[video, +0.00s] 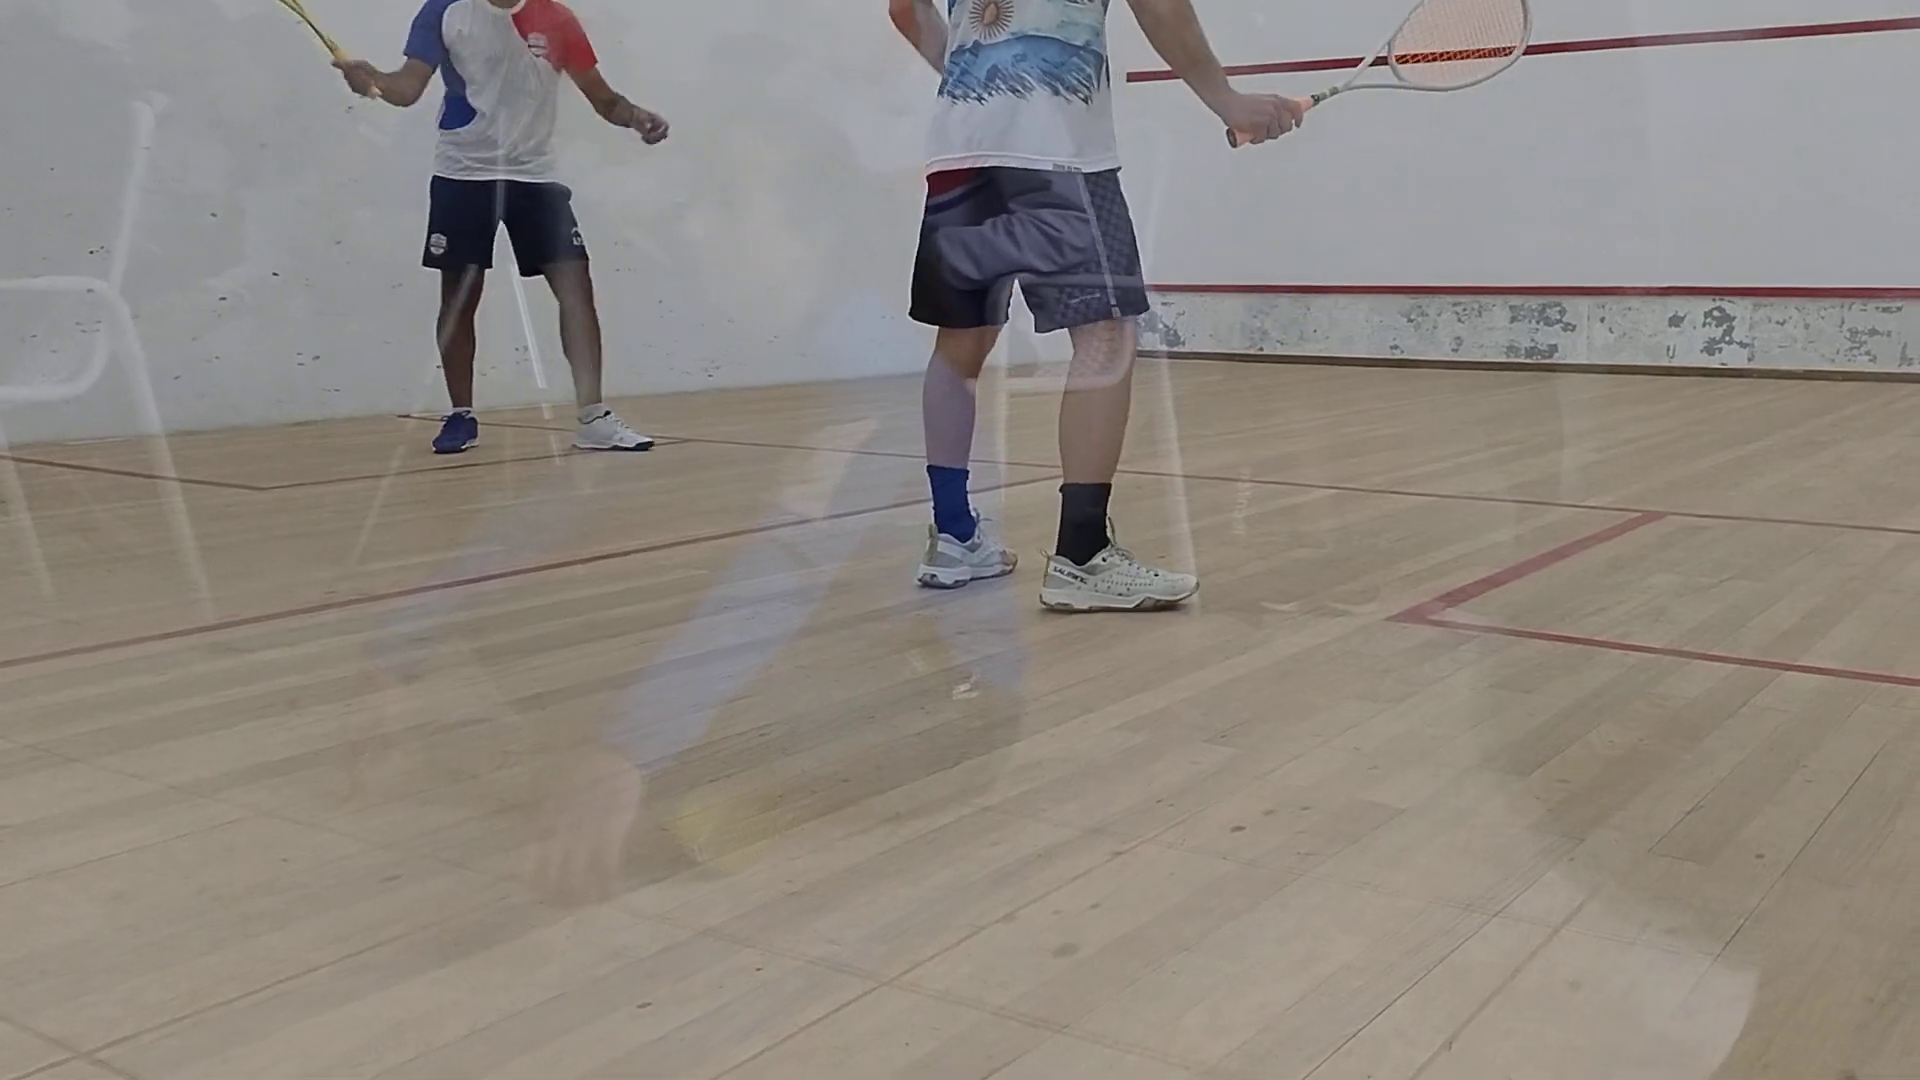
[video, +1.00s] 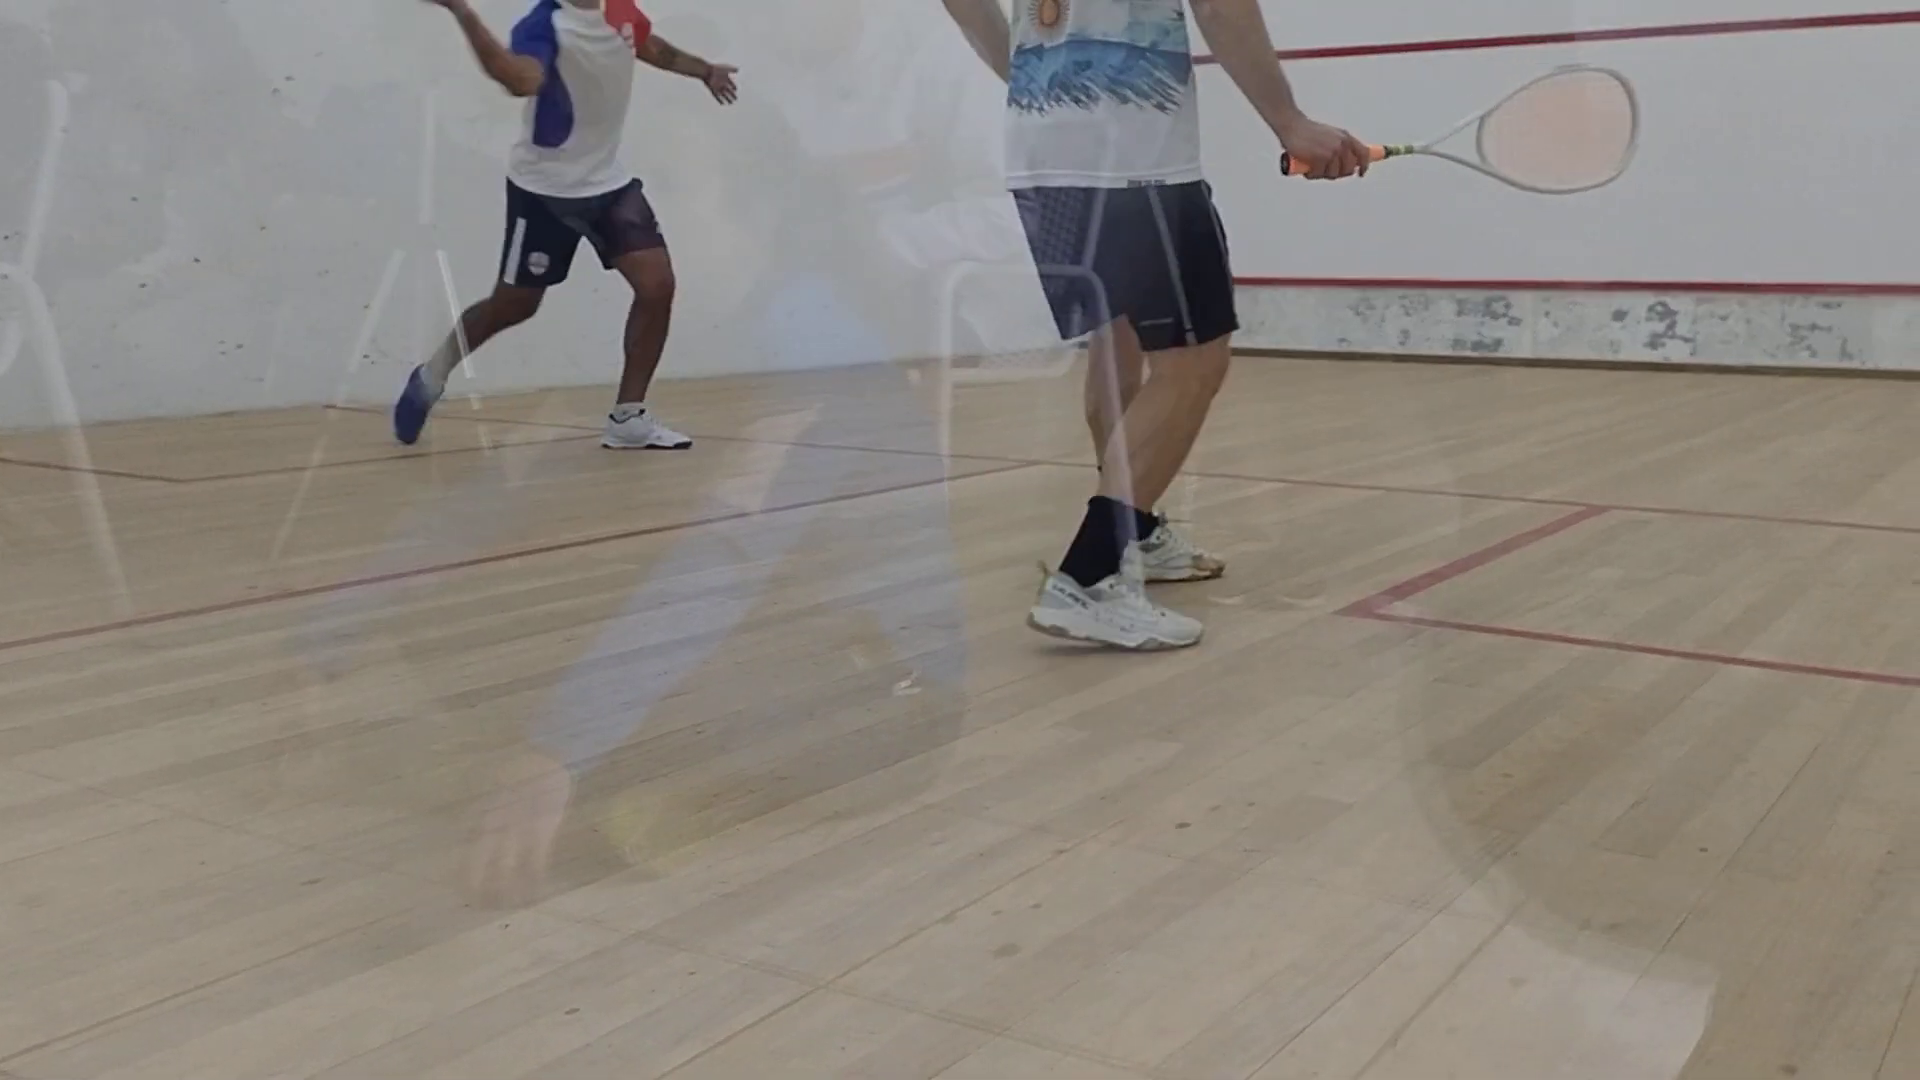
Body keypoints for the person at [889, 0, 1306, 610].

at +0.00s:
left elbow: (907, 9)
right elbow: (1156, 5)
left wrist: (974, 78)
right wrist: (1229, 98)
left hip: (959, 129)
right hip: (1055, 128)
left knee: (959, 344)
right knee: (1105, 337)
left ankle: (952, 538)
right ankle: (1082, 555)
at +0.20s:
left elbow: (935, 4)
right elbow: (1180, 8)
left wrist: (1005, 61)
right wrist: (1247, 101)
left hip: (982, 127)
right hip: (1078, 126)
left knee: (974, 329)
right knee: (1130, 336)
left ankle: (945, 533)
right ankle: (1075, 554)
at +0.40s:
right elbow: (1215, 1)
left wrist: (1023, 54)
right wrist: (1281, 91)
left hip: (1020, 107)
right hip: (1118, 108)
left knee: (1045, 310)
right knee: (1139, 336)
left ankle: (986, 507)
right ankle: (1067, 551)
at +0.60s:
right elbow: (1240, 0)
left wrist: (1042, 63)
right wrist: (1304, 95)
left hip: (1050, 115)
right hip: (1128, 119)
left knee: (1122, 326)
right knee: (1166, 334)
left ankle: (1148, 526)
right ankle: (1058, 545)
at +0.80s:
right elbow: (1234, 6)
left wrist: (1057, 77)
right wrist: (1302, 118)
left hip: (1057, 137)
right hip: (1147, 141)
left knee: (1141, 323)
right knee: (1251, 325)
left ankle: (1146, 528)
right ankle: (1102, 510)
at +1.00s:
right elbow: (1219, 5)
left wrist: (1034, 76)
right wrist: (1292, 123)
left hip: (1039, 137)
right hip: (1132, 138)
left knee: (1113, 337)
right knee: (1193, 360)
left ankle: (1137, 534)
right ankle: (1087, 580)